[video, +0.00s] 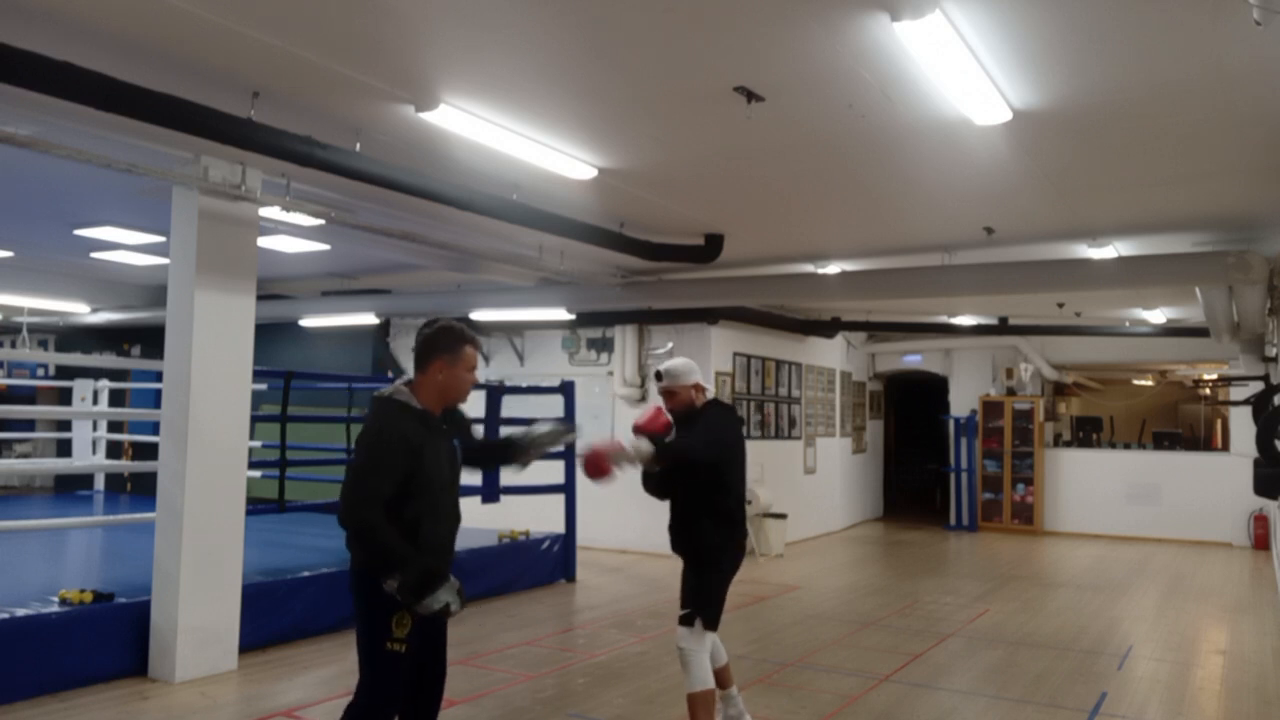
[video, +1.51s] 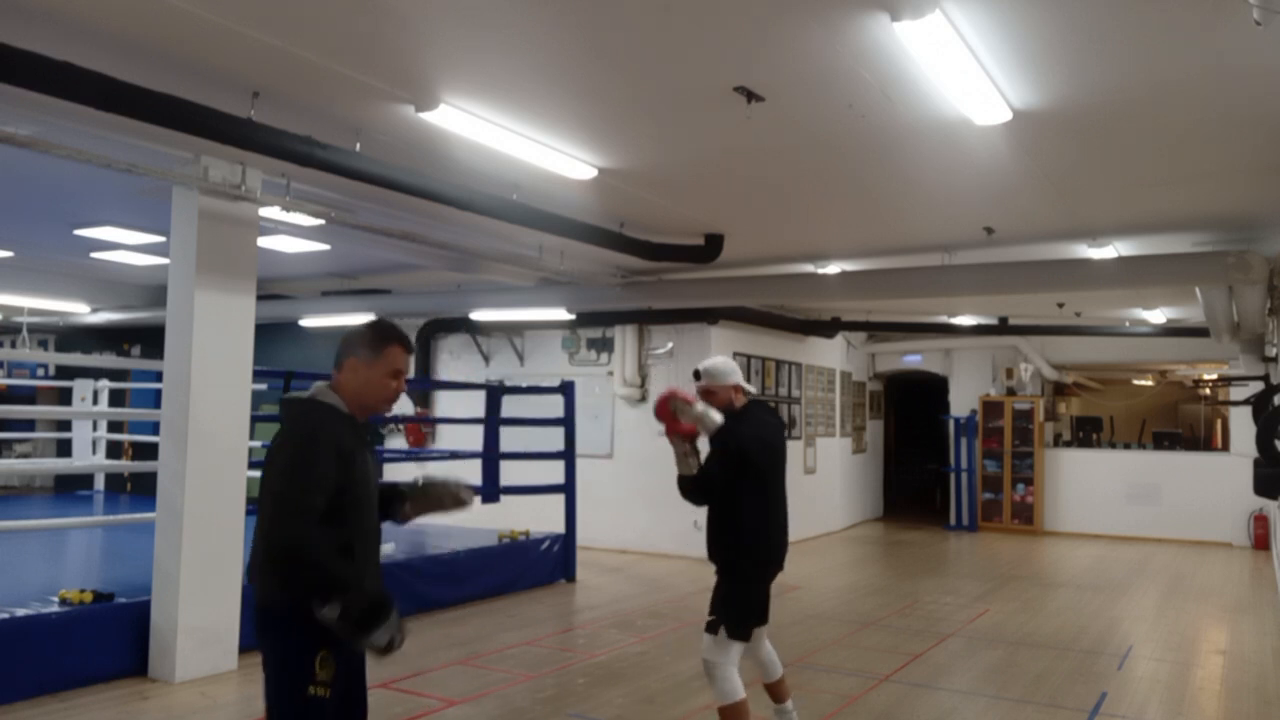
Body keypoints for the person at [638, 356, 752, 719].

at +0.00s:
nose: (665, 403)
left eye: (671, 395)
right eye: (662, 395)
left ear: (695, 390)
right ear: (688, 392)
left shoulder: (716, 420)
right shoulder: (687, 426)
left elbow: (693, 463)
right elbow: (661, 486)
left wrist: (650, 452)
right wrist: (656, 451)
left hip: (716, 546)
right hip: (701, 543)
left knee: (691, 644)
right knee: (703, 637)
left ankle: (706, 715)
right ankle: (734, 710)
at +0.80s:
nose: (672, 402)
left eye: (676, 394)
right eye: (671, 395)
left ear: (699, 391)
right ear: (705, 390)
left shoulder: (700, 423)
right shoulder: (735, 415)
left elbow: (654, 437)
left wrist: (600, 438)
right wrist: (666, 436)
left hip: (723, 546)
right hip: (746, 540)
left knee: (697, 647)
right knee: (733, 627)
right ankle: (769, 706)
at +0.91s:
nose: (680, 407)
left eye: (683, 399)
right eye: (678, 400)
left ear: (705, 395)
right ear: (710, 395)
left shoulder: (719, 428)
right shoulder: (738, 420)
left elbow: (693, 474)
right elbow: (714, 478)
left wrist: (631, 470)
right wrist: (678, 454)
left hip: (723, 554)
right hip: (747, 550)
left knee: (689, 647)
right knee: (752, 631)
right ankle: (796, 709)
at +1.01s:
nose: (688, 411)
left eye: (691, 402)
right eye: (686, 403)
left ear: (714, 398)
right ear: (716, 399)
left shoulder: (736, 431)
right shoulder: (743, 425)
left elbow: (724, 494)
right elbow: (720, 490)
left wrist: (675, 483)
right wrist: (686, 463)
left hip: (733, 558)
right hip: (754, 555)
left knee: (699, 644)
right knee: (760, 637)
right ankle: (800, 712)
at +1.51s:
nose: (703, 403)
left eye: (707, 394)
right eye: (701, 395)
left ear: (731, 392)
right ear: (738, 391)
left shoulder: (735, 434)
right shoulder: (767, 418)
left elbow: (698, 493)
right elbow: (739, 444)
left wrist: (683, 447)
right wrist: (699, 415)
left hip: (742, 559)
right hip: (766, 551)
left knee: (718, 662)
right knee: (756, 641)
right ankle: (787, 713)